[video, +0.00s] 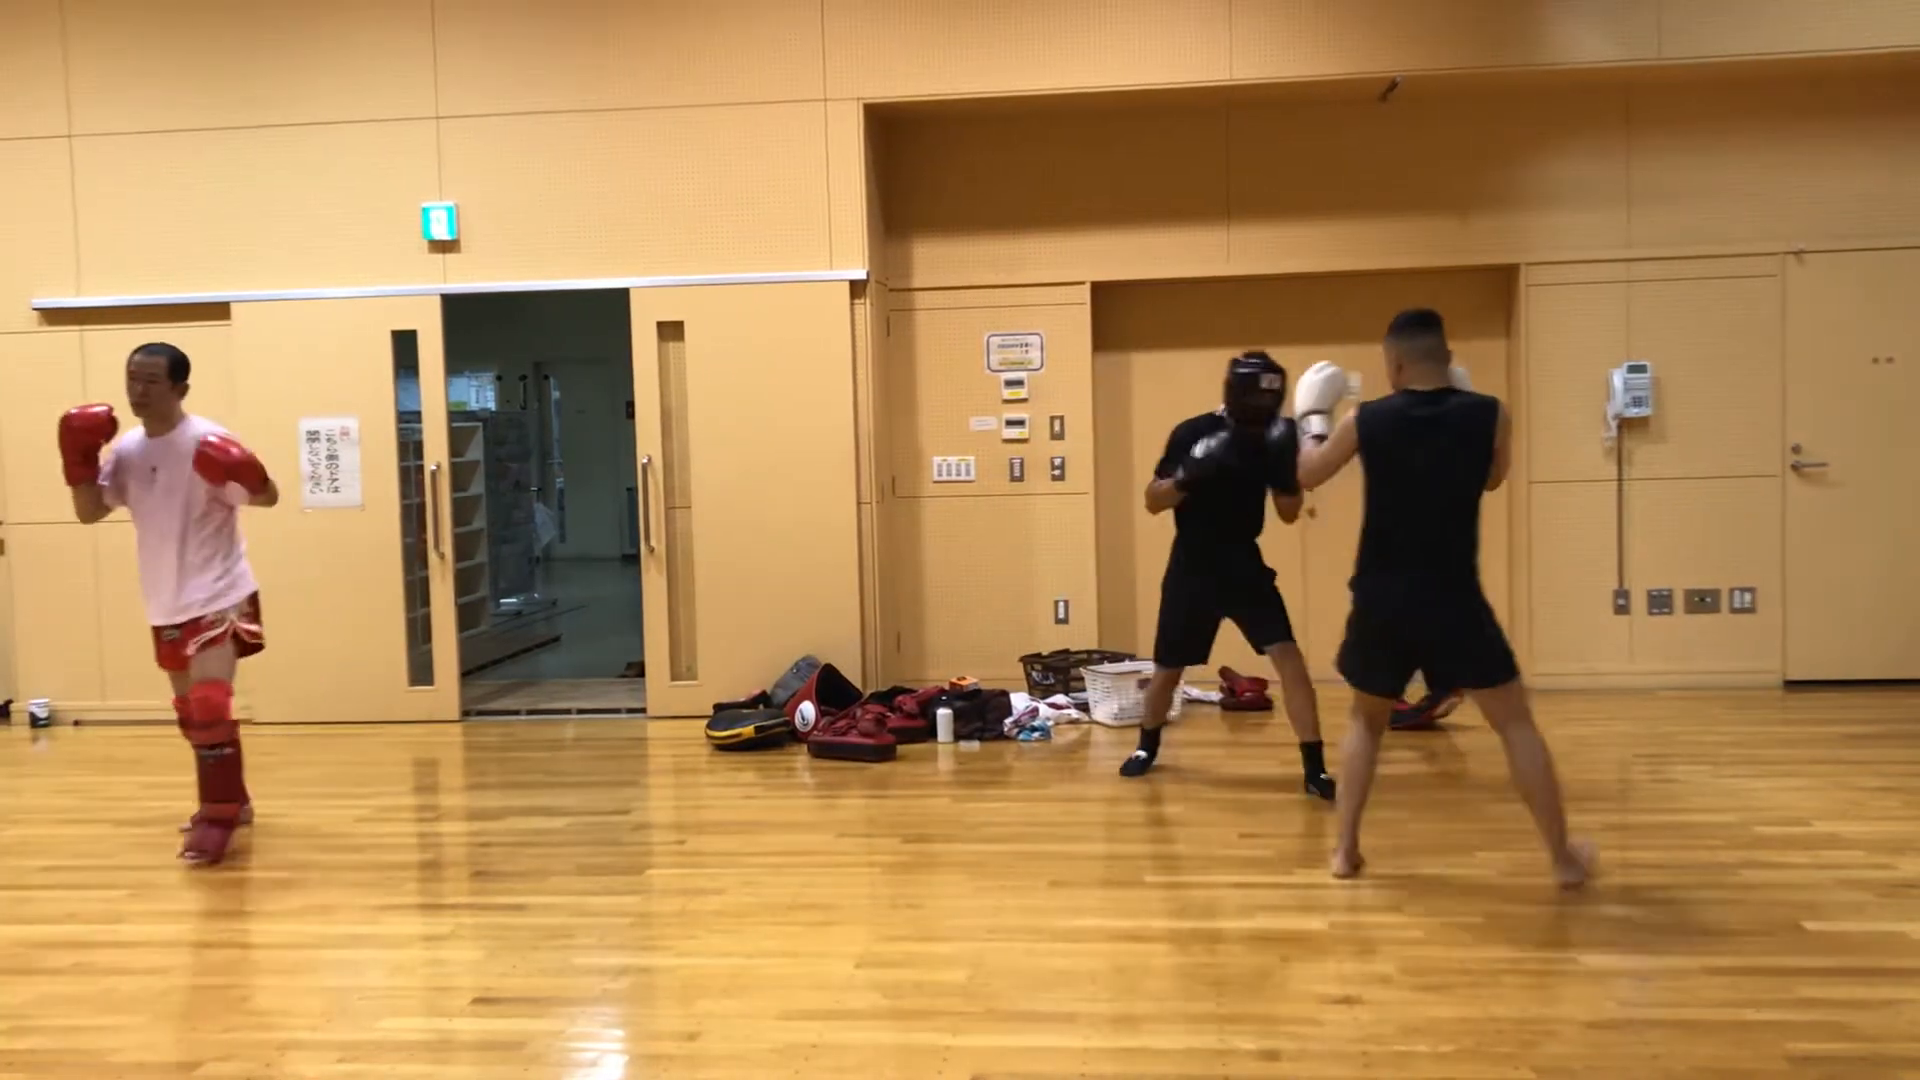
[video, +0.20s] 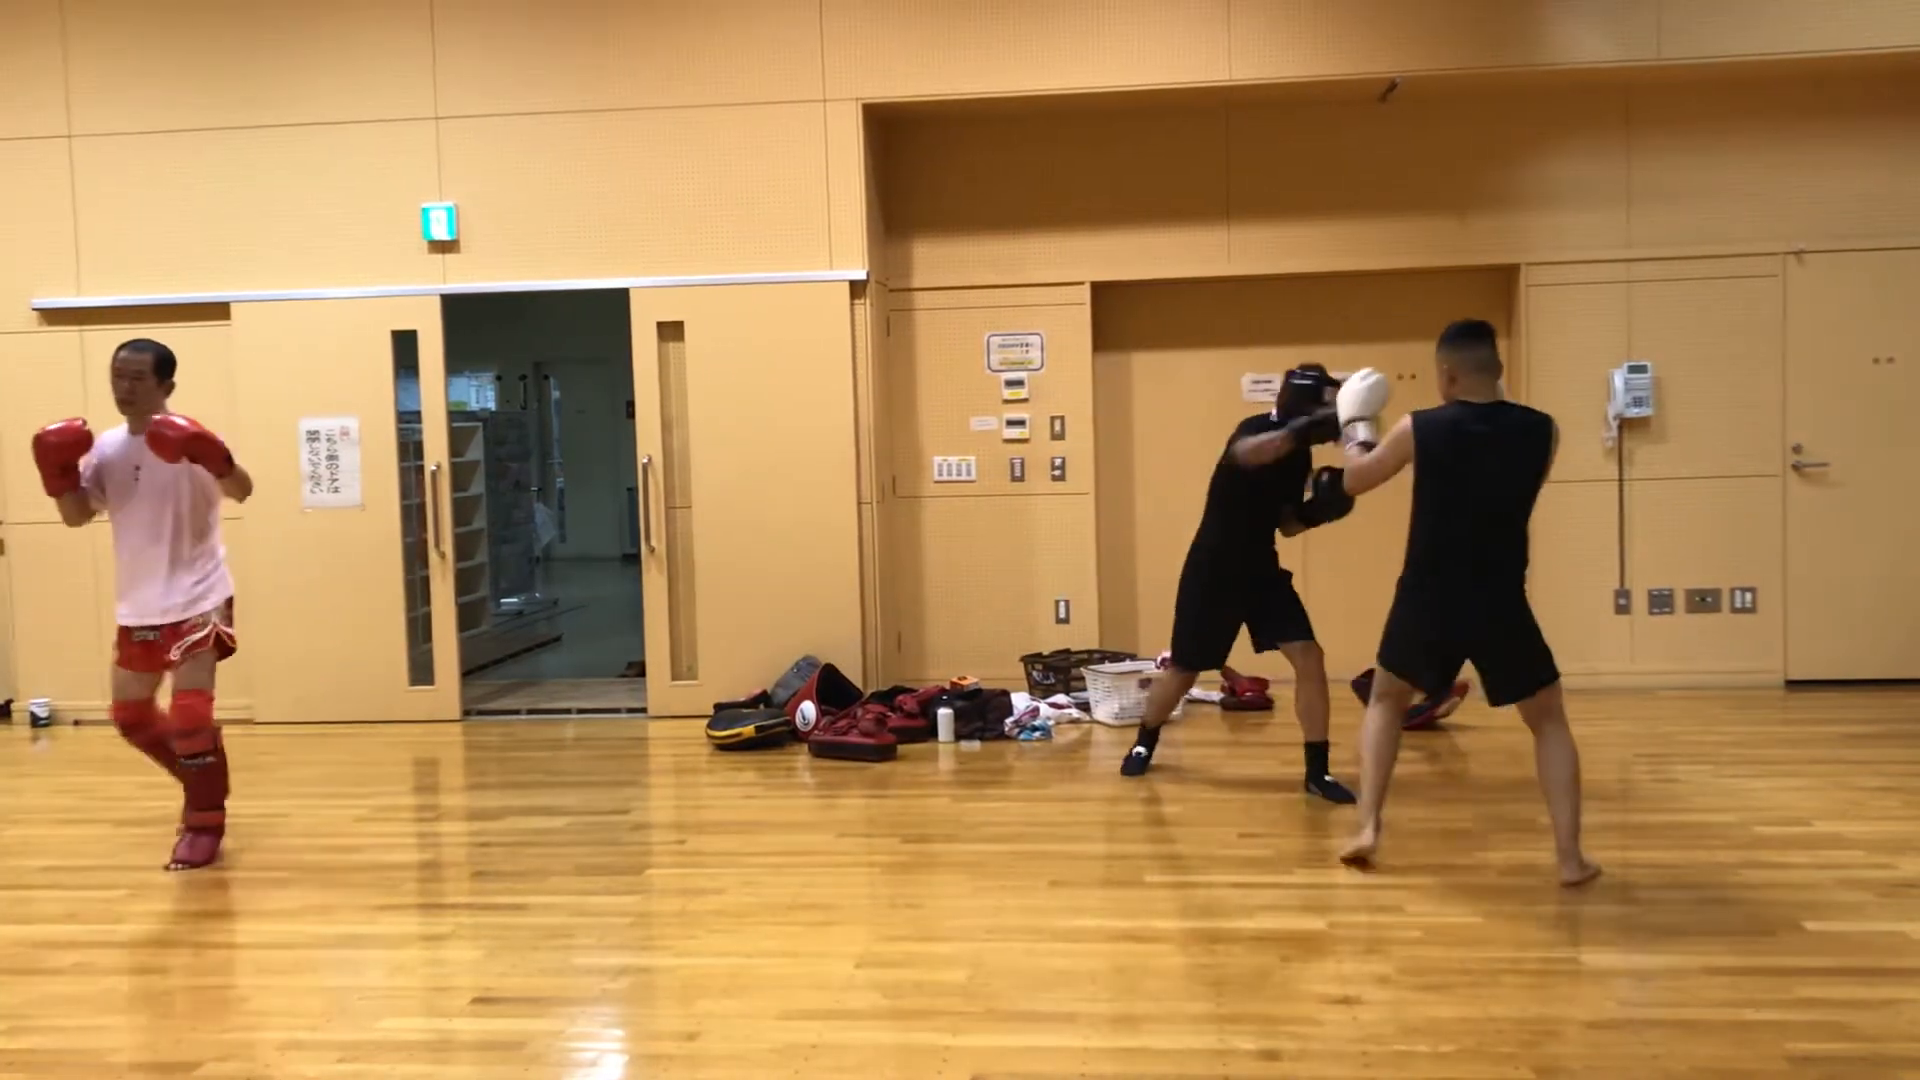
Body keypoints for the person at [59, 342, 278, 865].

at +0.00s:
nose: (137, 389)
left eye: (150, 381)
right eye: (132, 379)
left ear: (179, 388)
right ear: (125, 384)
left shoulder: (207, 442)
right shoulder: (125, 450)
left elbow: (267, 498)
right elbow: (90, 510)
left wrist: (248, 473)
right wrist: (78, 458)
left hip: (217, 594)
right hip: (165, 601)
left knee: (210, 708)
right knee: (191, 714)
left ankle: (217, 817)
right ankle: (229, 802)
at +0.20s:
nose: (123, 385)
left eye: (135, 377)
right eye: (117, 376)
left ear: (165, 385)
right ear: (110, 381)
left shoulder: (188, 439)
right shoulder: (105, 451)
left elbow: (241, 492)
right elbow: (77, 516)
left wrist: (210, 454)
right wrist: (57, 471)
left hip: (199, 595)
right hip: (139, 600)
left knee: (191, 719)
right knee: (131, 716)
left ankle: (203, 828)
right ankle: (203, 784)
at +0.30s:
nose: (107, 384)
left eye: (120, 374)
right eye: (101, 373)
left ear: (152, 381)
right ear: (93, 377)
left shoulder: (178, 433)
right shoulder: (87, 444)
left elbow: (215, 482)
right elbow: (49, 502)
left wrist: (171, 442)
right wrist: (38, 453)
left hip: (182, 598)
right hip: (116, 601)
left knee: (185, 720)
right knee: (86, 715)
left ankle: (202, 833)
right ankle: (133, 807)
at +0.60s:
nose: (61, 385)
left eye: (75, 376)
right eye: (54, 375)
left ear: (102, 384)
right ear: (43, 380)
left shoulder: (131, 443)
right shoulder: (36, 452)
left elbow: (192, 500)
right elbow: (6, 523)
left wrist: (154, 499)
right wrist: (2, 470)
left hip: (135, 607)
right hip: (66, 611)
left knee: (140, 725)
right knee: (56, 733)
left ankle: (154, 829)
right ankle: (77, 832)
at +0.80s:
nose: (57, 386)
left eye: (69, 376)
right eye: (48, 376)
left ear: (97, 383)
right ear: (36, 383)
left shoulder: (135, 449)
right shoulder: (20, 458)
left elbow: (183, 496)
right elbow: (9, 531)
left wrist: (219, 504)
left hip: (114, 618)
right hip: (34, 618)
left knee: (107, 740)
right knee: (4, 722)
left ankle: (90, 861)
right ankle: (33, 843)